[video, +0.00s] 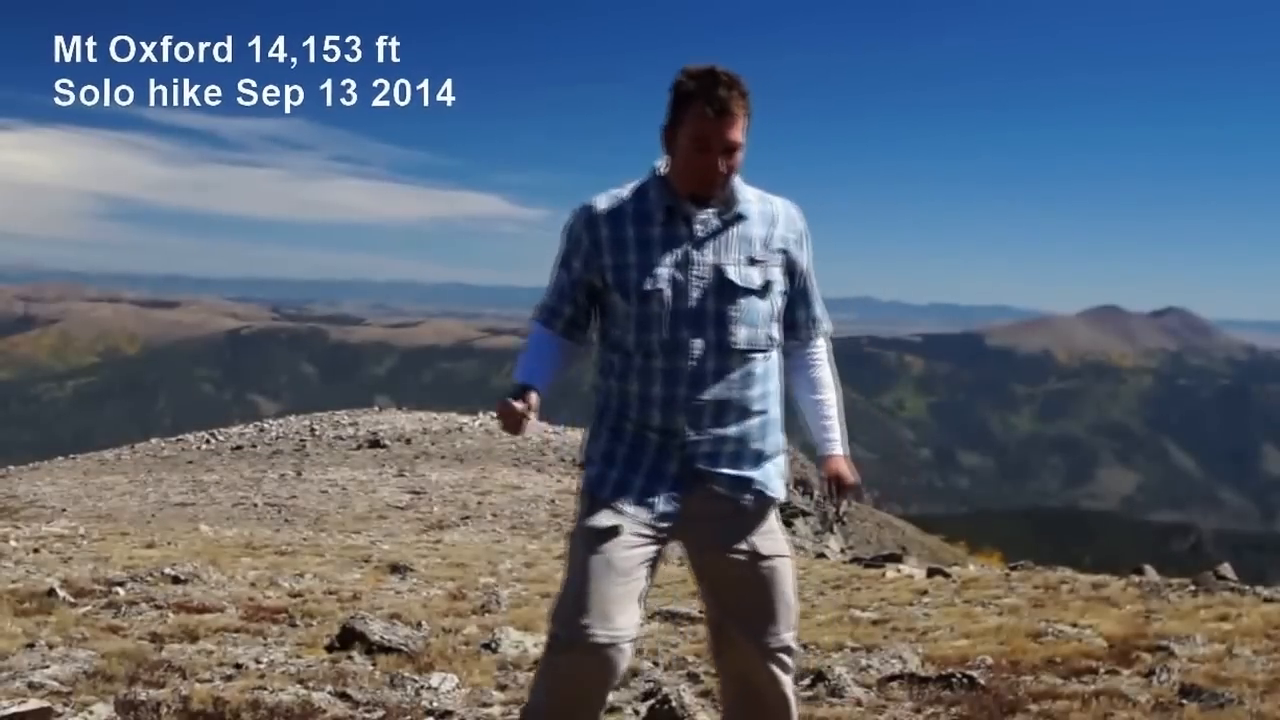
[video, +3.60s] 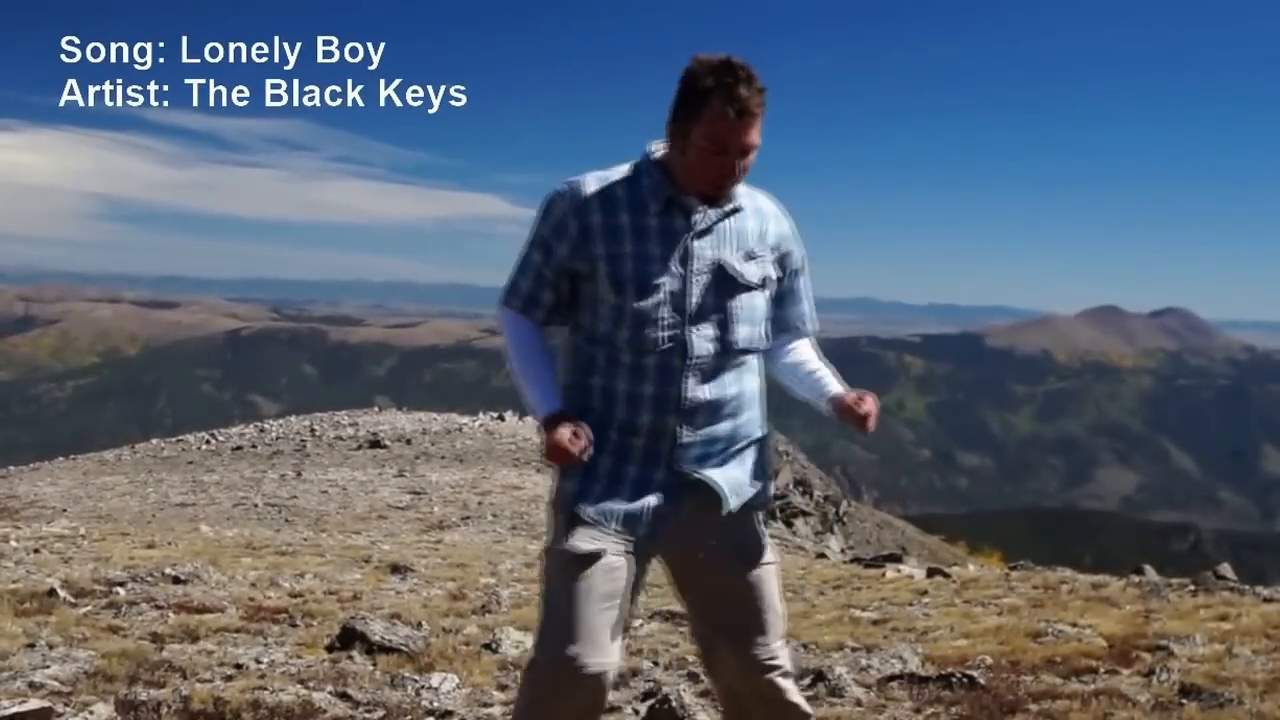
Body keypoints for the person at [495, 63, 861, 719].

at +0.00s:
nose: (722, 164)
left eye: (733, 149)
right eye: (707, 148)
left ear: (746, 142)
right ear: (671, 138)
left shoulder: (779, 225)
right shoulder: (603, 223)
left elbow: (807, 343)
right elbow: (556, 324)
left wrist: (832, 446)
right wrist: (529, 387)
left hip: (742, 475)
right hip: (629, 474)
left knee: (764, 661)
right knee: (592, 648)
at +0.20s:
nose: (677, 173)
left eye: (686, 159)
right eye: (665, 157)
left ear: (695, 152)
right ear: (622, 144)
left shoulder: (712, 236)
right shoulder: (538, 235)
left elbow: (729, 357)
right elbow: (479, 336)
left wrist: (745, 461)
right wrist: (463, 415)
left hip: (675, 488)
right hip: (560, 490)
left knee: (720, 670)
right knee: (546, 675)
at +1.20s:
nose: (716, 176)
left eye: (724, 161)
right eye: (702, 161)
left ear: (734, 151)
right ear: (660, 151)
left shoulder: (780, 225)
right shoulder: (603, 228)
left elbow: (822, 344)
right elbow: (572, 332)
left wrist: (837, 450)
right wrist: (545, 429)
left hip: (748, 486)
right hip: (637, 480)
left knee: (759, 679)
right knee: (579, 670)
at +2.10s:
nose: (651, 151)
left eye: (666, 135)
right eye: (637, 133)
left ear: (689, 130)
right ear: (609, 127)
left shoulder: (723, 228)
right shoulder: (538, 208)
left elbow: (736, 349)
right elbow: (476, 311)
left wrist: (771, 416)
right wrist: (488, 407)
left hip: (664, 481)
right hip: (550, 484)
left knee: (700, 662)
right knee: (558, 682)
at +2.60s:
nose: (606, 161)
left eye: (621, 142)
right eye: (591, 146)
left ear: (657, 134)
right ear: (577, 145)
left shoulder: (725, 223)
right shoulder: (577, 226)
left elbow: (779, 338)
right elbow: (554, 333)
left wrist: (792, 423)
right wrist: (504, 421)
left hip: (699, 494)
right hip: (590, 489)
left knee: (742, 686)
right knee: (565, 683)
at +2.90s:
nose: (681, 176)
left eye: (695, 158)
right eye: (664, 160)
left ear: (721, 138)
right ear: (642, 150)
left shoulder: (791, 211)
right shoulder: (636, 229)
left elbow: (858, 327)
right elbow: (624, 330)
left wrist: (875, 449)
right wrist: (582, 398)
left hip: (781, 476)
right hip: (675, 473)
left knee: (792, 679)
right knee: (629, 670)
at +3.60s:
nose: (734, 168)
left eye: (746, 153)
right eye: (720, 151)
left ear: (759, 144)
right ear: (677, 133)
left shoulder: (769, 225)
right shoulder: (584, 208)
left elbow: (788, 341)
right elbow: (520, 315)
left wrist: (836, 394)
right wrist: (550, 414)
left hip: (722, 486)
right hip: (606, 483)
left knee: (762, 677)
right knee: (577, 671)